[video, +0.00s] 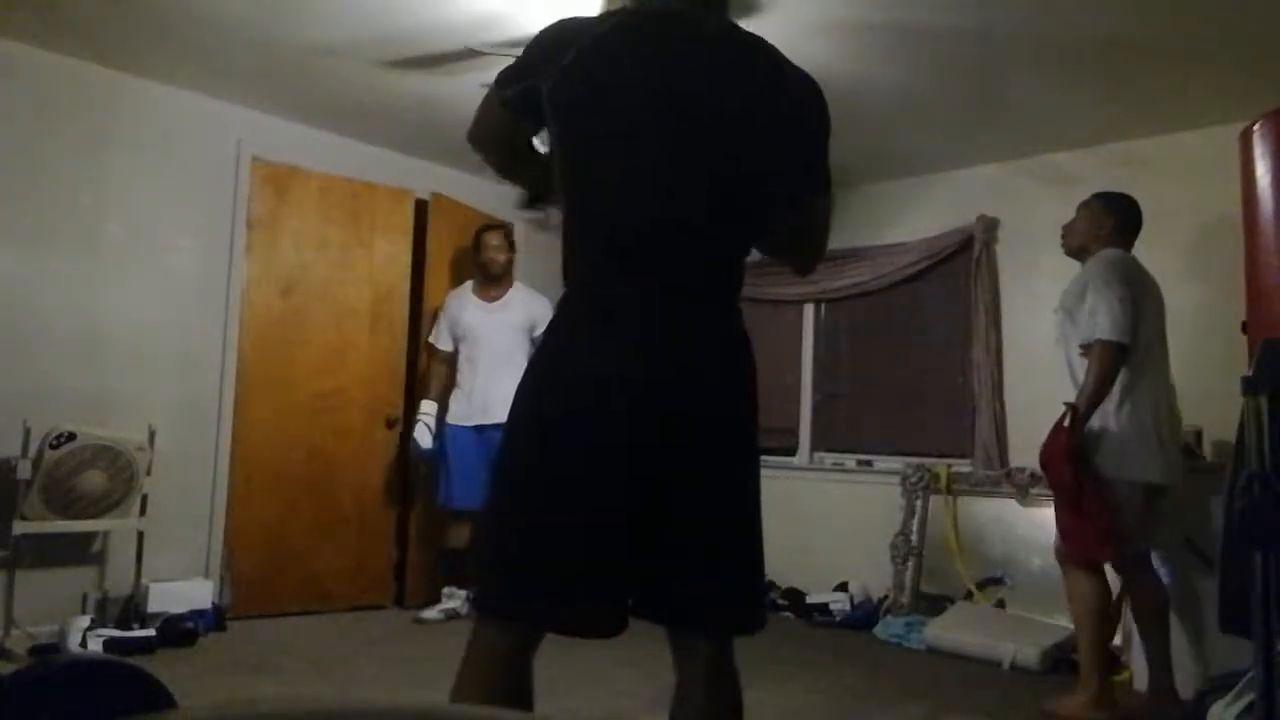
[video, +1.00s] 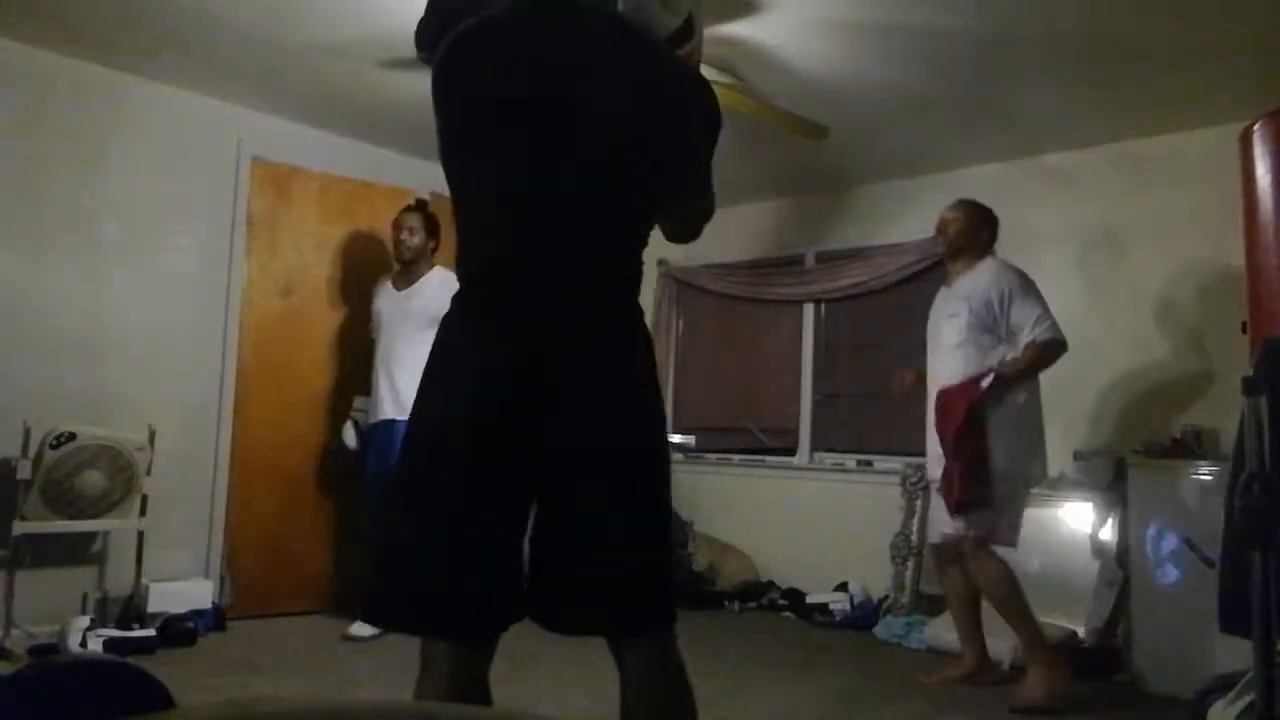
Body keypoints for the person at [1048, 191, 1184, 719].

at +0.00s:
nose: (1066, 227)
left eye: (1077, 218)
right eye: (1071, 218)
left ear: (1106, 225)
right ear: (1116, 230)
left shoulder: (1106, 270)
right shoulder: (1133, 274)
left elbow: (1110, 349)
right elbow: (1129, 359)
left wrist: (1074, 423)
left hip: (1112, 450)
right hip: (1144, 451)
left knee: (1075, 556)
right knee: (1135, 561)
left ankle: (1090, 692)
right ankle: (1160, 688)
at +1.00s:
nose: (938, 232)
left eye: (949, 223)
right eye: (938, 225)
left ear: (979, 234)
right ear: (947, 237)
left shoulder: (1002, 278)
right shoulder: (945, 293)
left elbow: (1050, 341)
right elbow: (957, 360)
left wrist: (997, 379)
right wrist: (920, 378)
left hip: (996, 446)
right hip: (951, 448)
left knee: (975, 549)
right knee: (947, 549)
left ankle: (1041, 659)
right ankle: (974, 659)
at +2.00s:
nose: (851, 242)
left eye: (861, 232)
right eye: (852, 234)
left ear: (892, 238)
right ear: (867, 243)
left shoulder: (915, 280)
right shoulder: (861, 295)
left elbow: (960, 338)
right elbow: (849, 352)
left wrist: (901, 360)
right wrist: (833, 361)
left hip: (905, 441)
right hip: (870, 442)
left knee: (895, 544)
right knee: (884, 542)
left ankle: (906, 672)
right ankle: (917, 650)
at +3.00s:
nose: (768, 237)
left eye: (778, 229)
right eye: (768, 230)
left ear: (808, 235)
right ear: (777, 239)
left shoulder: (830, 278)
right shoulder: (774, 292)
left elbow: (853, 352)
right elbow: (769, 354)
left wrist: (779, 364)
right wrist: (738, 363)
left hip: (817, 440)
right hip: (775, 438)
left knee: (807, 544)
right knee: (771, 541)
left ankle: (833, 672)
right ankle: (793, 642)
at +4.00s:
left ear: (732, 230)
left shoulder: (759, 273)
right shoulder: (674, 280)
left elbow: (791, 347)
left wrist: (782, 403)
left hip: (745, 426)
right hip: (686, 424)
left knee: (749, 540)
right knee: (695, 538)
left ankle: (781, 646)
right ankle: (701, 653)